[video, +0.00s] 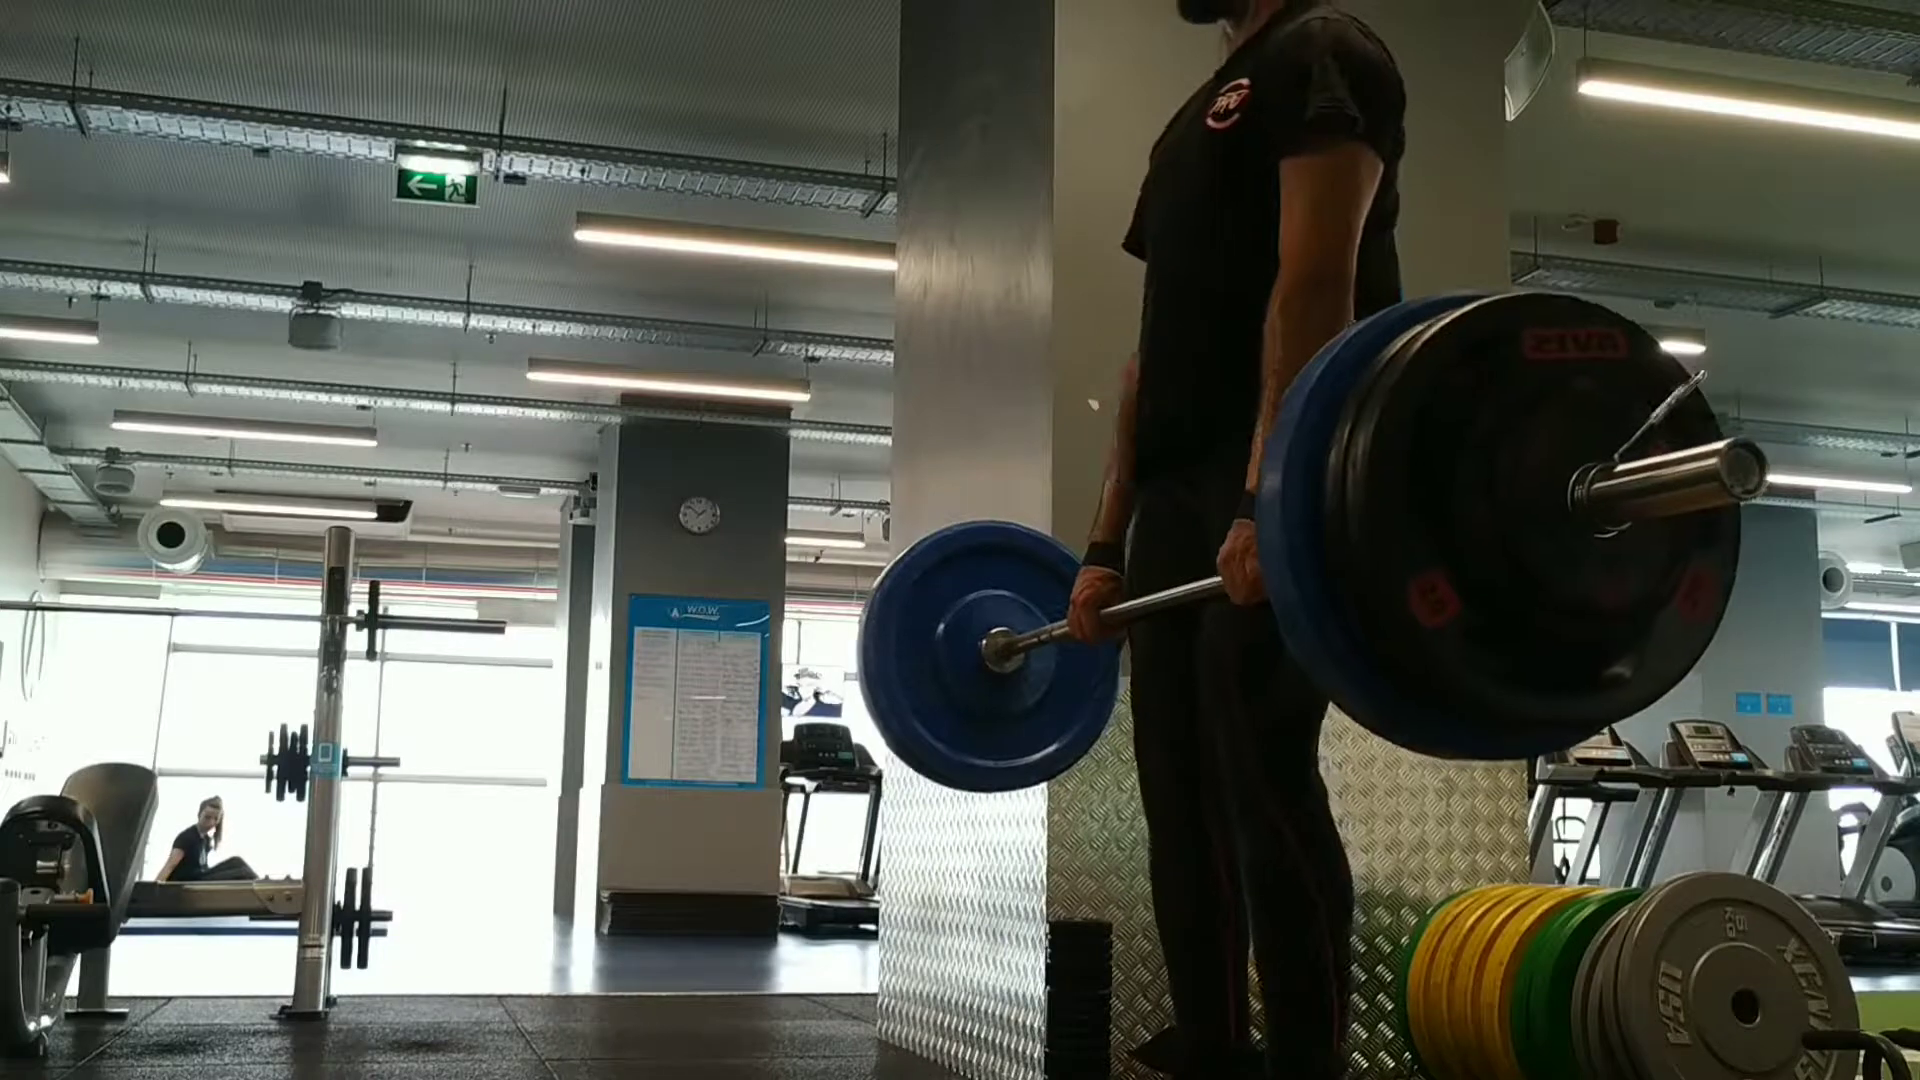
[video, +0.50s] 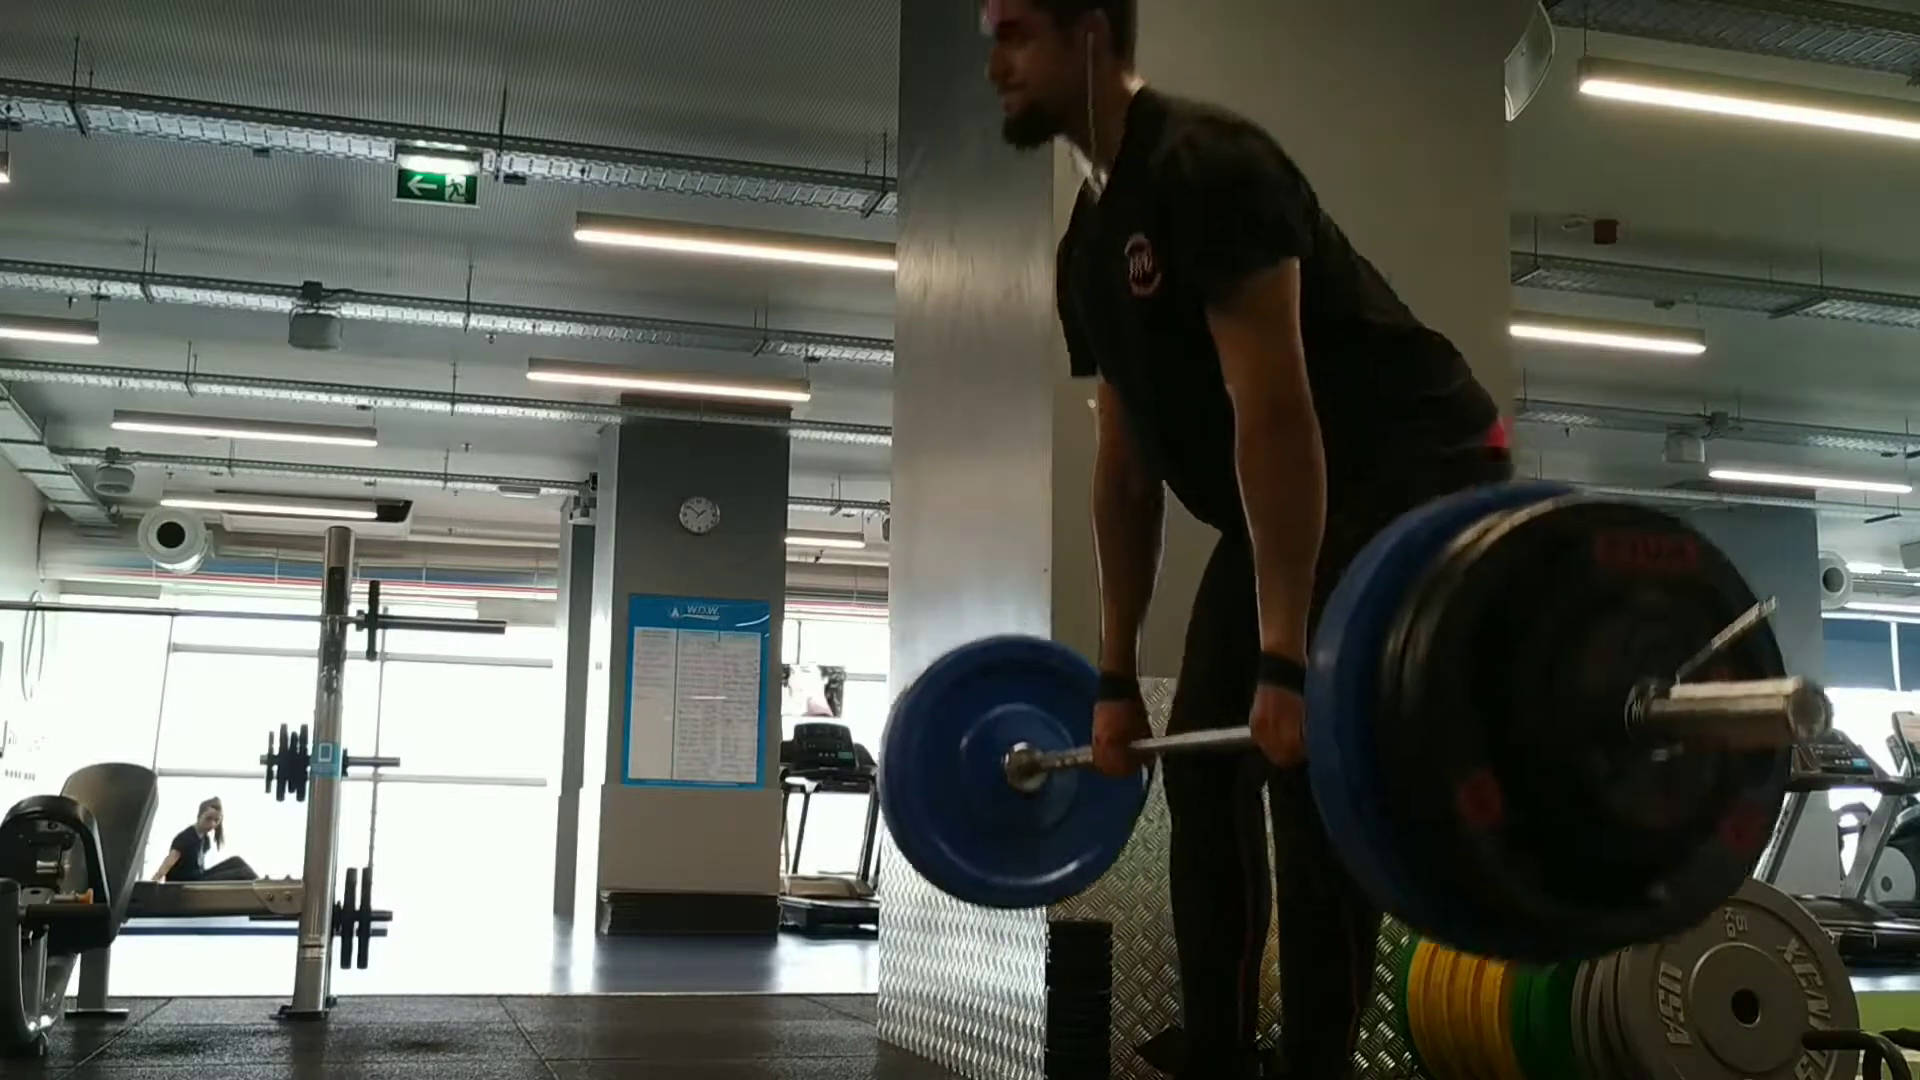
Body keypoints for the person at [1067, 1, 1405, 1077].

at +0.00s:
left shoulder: (1321, 46)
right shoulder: (1191, 121)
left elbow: (1318, 287)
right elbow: (1161, 346)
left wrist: (1271, 500)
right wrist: (1107, 546)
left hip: (1264, 500)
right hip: (1173, 507)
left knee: (1264, 786)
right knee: (1181, 792)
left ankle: (1309, 1057)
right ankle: (1207, 1049)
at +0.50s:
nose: (993, 69)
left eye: (1013, 38)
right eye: (990, 44)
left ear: (1093, 34)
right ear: (1075, 49)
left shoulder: (1207, 163)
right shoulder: (1090, 241)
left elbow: (1280, 421)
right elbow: (1123, 468)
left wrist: (1283, 661)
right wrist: (1118, 670)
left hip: (1405, 493)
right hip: (1279, 508)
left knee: (1316, 758)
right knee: (1201, 755)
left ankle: (1317, 1058)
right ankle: (1212, 1047)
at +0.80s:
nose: (941, 208)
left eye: (959, 178)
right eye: (934, 184)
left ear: (1042, 169)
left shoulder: (1181, 277)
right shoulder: (1066, 362)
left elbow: (1271, 541)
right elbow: (1117, 575)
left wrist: (1284, 789)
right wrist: (1116, 782)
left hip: (1445, 487)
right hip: (1304, 526)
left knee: (1310, 776)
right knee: (1186, 760)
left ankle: (1315, 1055)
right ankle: (1210, 1045)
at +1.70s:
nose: (997, 53)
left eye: (1021, 23)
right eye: (996, 29)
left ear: (1098, 29)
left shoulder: (1212, 158)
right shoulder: (1094, 243)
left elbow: (1281, 417)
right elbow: (1128, 460)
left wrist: (1282, 652)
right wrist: (1121, 671)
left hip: (1401, 495)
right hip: (1272, 510)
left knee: (1313, 771)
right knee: (1207, 763)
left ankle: (1312, 1058)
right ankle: (1212, 1047)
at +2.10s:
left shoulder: (1360, 50)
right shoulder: (1230, 114)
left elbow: (1341, 282)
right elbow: (1181, 330)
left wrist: (1287, 496)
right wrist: (1129, 541)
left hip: (1270, 495)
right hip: (1183, 502)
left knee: (1285, 790)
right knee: (1199, 795)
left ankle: (1312, 1059)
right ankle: (1212, 1050)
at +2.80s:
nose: (998, 77)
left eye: (1018, 42)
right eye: (992, 52)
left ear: (1095, 36)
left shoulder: (1216, 162)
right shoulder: (1099, 246)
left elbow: (1290, 417)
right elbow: (1138, 474)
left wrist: (1288, 662)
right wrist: (1127, 680)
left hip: (1418, 488)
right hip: (1289, 505)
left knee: (1320, 757)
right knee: (1210, 753)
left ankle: (1317, 1054)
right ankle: (1216, 1042)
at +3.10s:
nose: (945, 214)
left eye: (963, 183)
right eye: (938, 190)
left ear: (1049, 176)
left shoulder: (1185, 282)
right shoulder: (1071, 369)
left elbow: (1276, 544)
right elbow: (1124, 583)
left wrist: (1284, 798)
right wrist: (1122, 796)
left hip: (1449, 491)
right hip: (1314, 529)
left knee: (1311, 780)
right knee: (1188, 755)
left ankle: (1313, 1052)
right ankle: (1207, 1043)